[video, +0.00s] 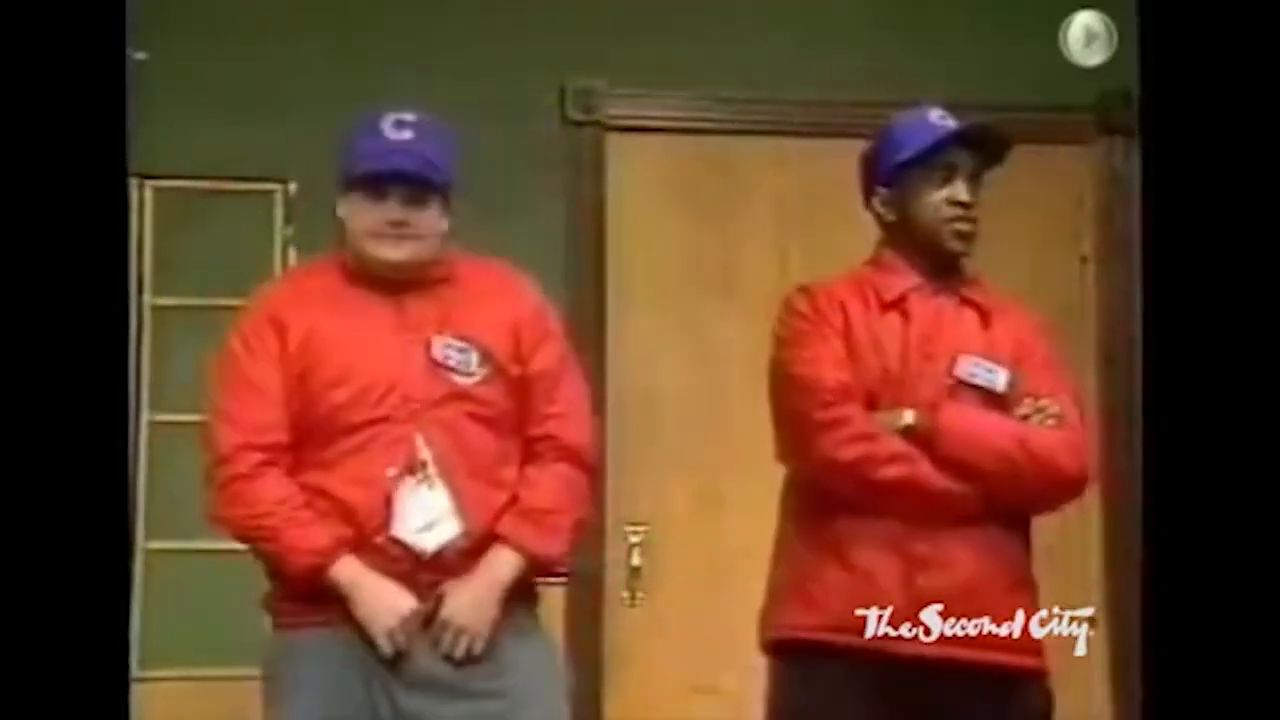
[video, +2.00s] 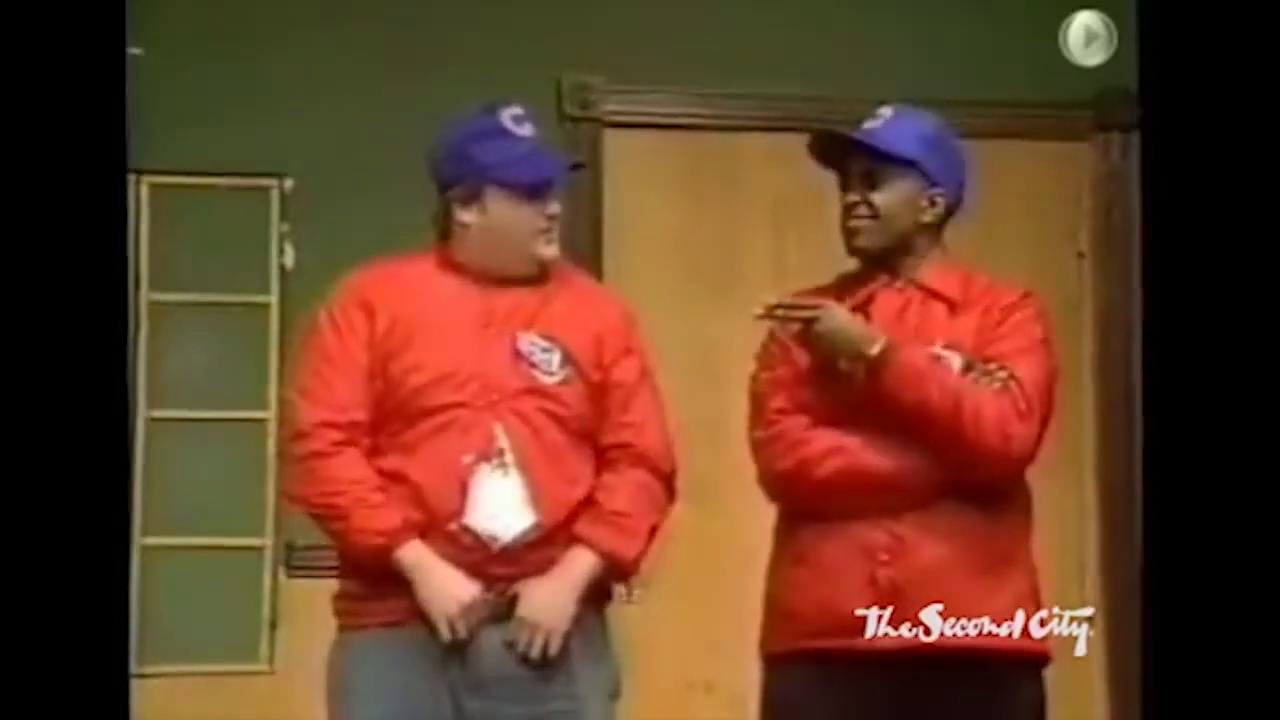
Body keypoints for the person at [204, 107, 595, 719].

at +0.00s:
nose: (396, 212)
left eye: (417, 196)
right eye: (375, 193)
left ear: (448, 211)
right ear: (342, 205)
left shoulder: (508, 301)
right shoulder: (282, 313)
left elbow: (566, 451)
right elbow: (245, 476)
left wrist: (491, 579)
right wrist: (357, 581)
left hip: (493, 626)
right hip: (333, 631)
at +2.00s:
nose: (554, 209)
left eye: (553, 192)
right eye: (531, 195)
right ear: (465, 209)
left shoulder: (595, 312)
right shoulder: (370, 303)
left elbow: (642, 463)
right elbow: (320, 452)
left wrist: (569, 578)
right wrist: (419, 562)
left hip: (554, 632)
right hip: (398, 632)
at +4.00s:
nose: (446, 210)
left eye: (470, 194)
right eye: (437, 193)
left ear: (525, 212)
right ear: (424, 204)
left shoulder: (584, 295)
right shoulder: (383, 286)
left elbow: (588, 420)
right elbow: (407, 381)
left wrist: (431, 406)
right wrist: (560, 364)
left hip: (553, 610)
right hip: (392, 615)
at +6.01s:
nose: (530, 162)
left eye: (529, 144)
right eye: (504, 148)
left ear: (537, 153)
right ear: (444, 171)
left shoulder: (579, 266)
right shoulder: (377, 257)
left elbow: (594, 382)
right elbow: (408, 342)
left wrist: (443, 372)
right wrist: (564, 326)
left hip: (554, 612)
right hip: (394, 615)